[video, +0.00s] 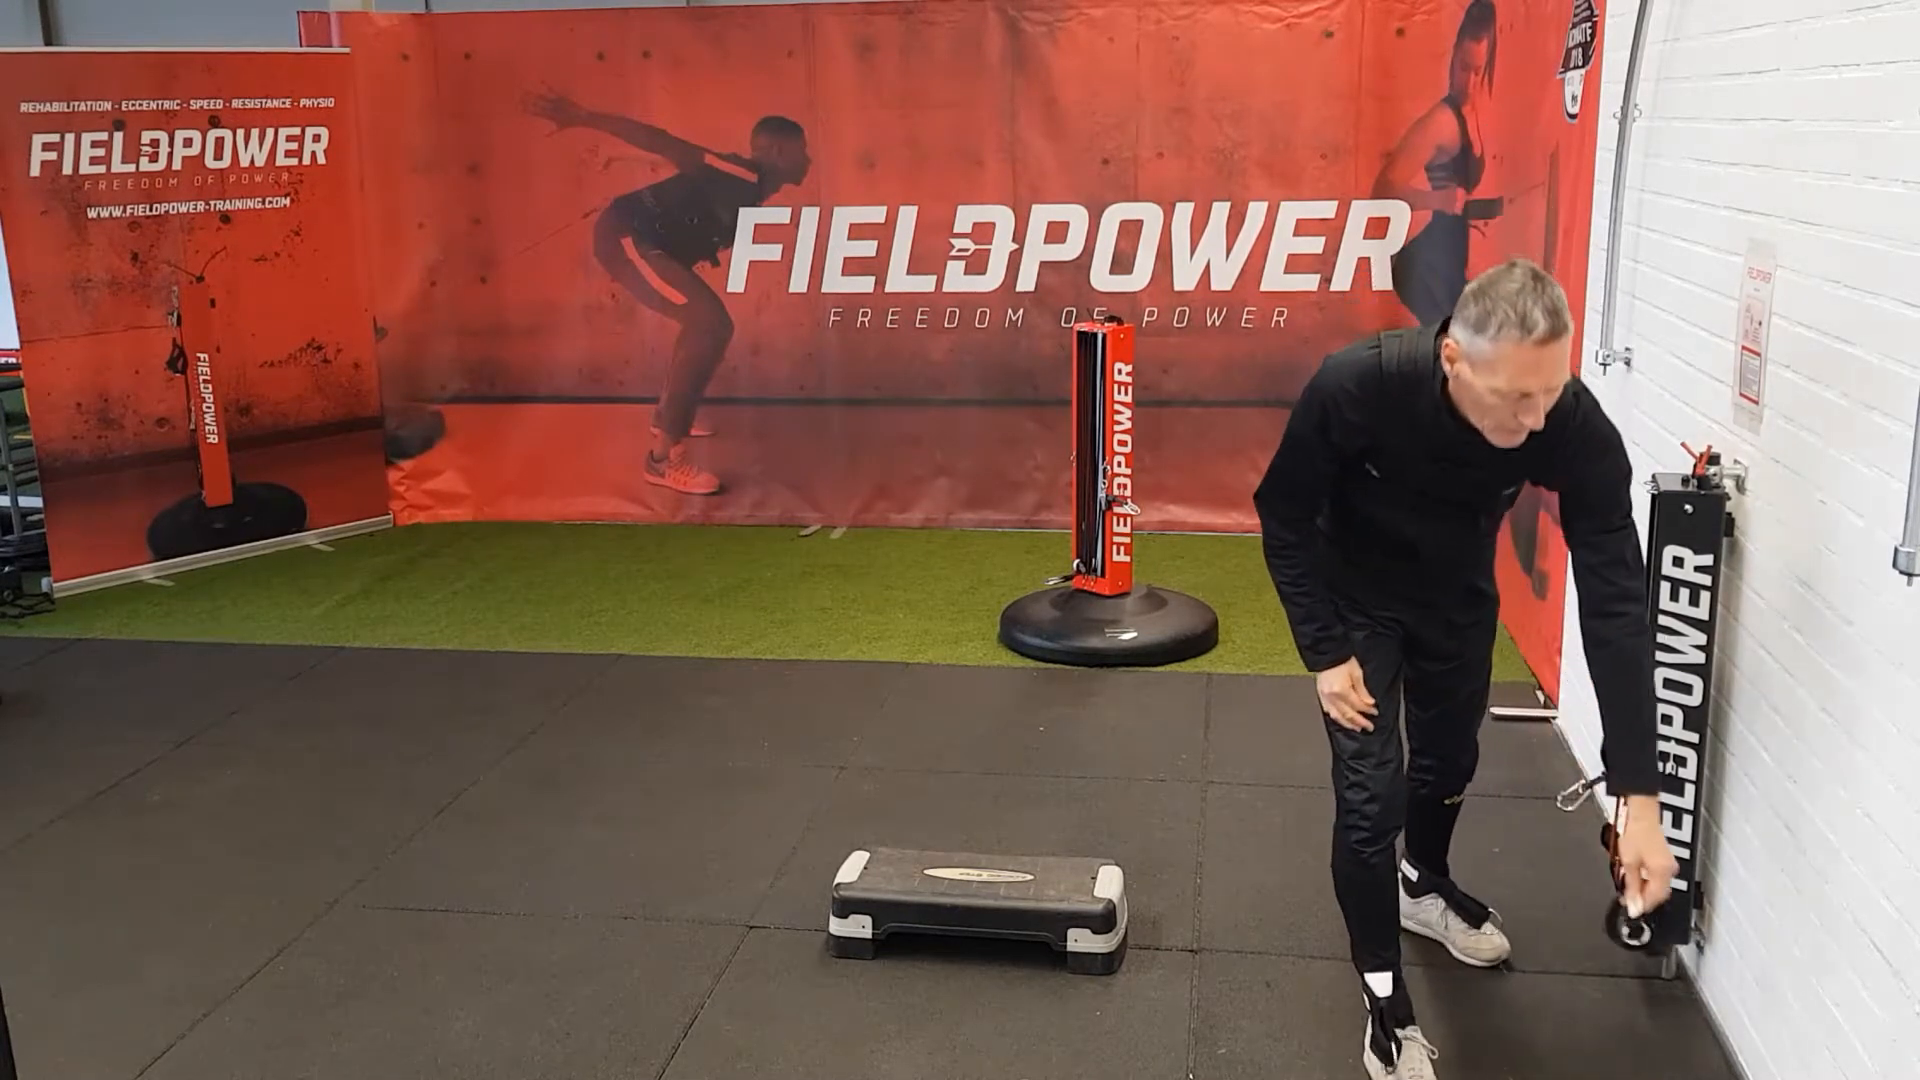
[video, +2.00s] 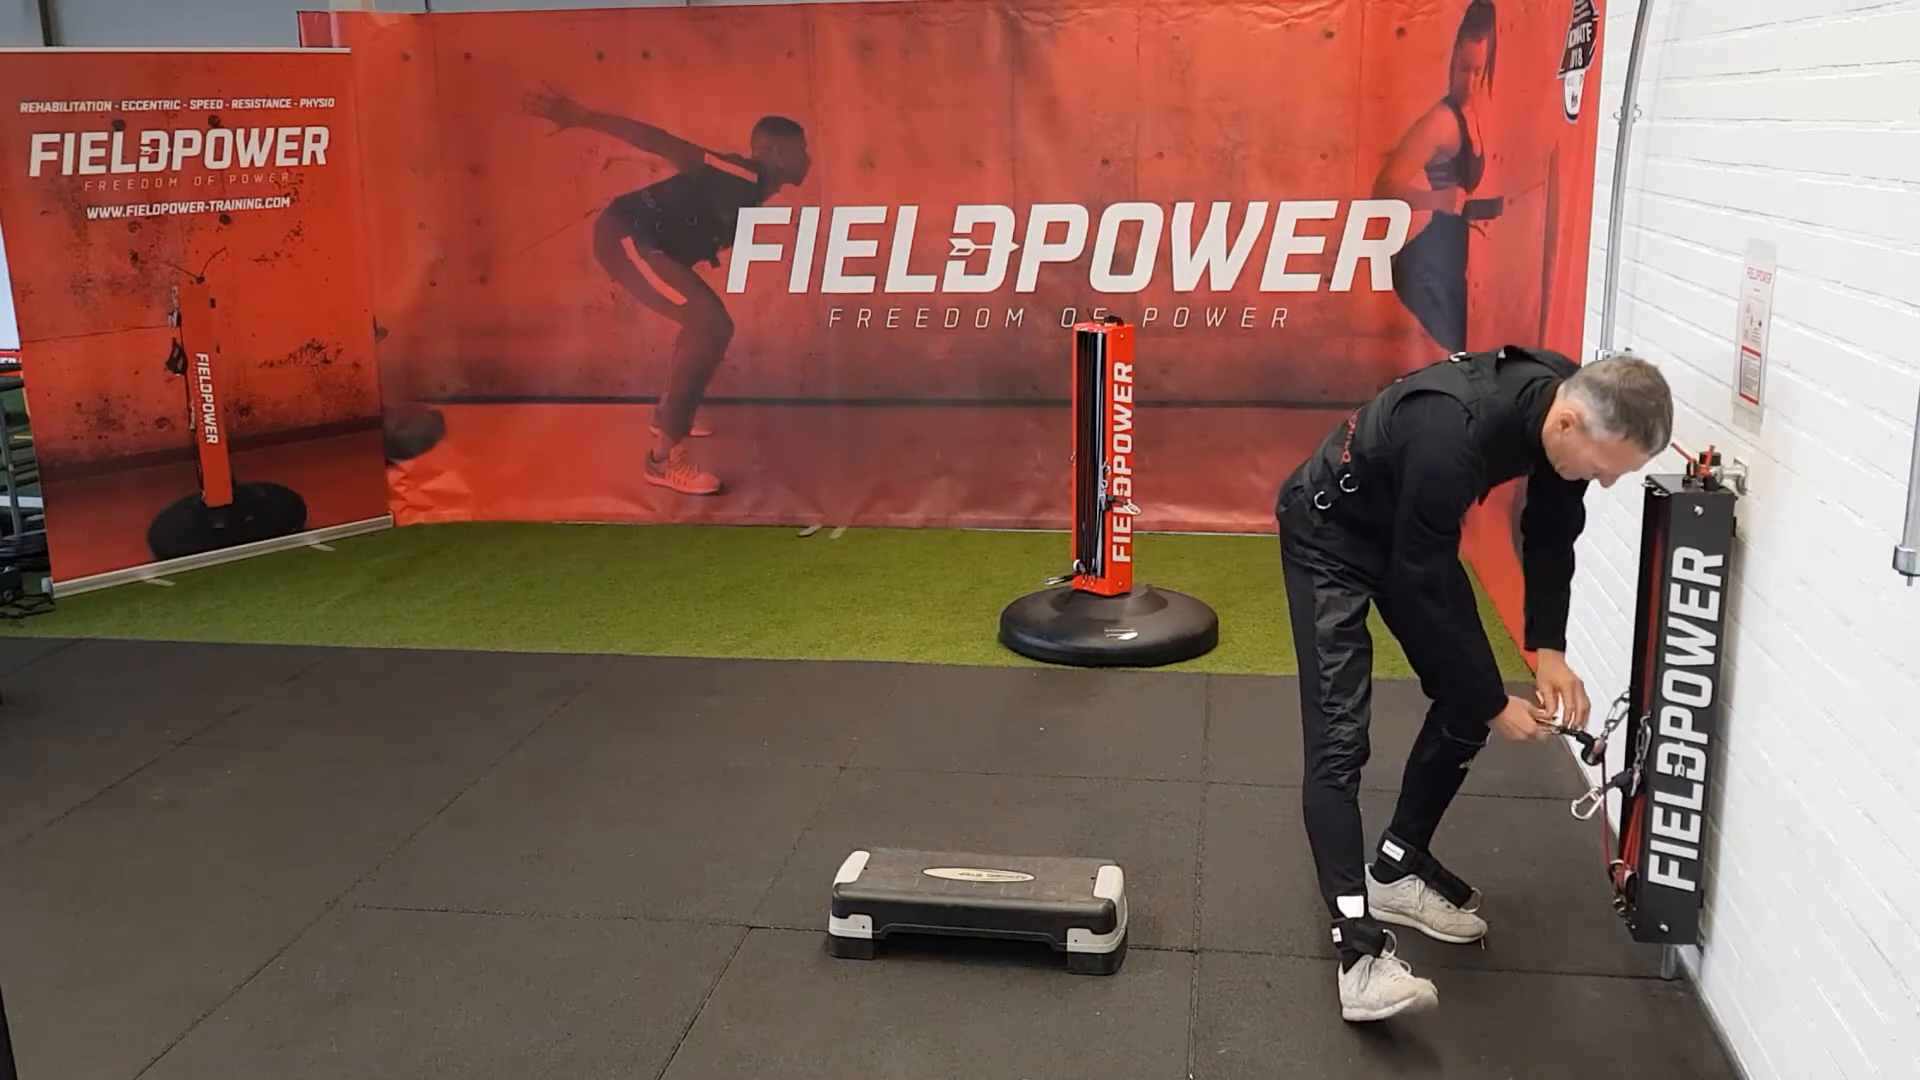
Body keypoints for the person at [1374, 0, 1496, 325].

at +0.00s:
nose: (1471, 81)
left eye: (1480, 71)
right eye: (1465, 68)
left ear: (1489, 70)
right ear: (1450, 63)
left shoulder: (1469, 118)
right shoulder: (1440, 121)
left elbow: (1439, 189)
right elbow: (1386, 188)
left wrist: (1474, 210)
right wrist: (1437, 200)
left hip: (1445, 254)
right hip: (1425, 258)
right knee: (1454, 348)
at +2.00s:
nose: (1472, 81)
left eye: (1482, 71)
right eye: (1465, 69)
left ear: (1491, 73)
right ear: (1450, 66)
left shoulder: (1465, 119)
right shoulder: (1442, 120)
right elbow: (1386, 188)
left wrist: (1467, 211)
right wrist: (1440, 199)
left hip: (1445, 257)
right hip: (1424, 261)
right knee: (1450, 358)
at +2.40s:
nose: (1472, 81)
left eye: (1481, 72)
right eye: (1465, 69)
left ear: (1490, 72)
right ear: (1451, 66)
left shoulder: (1466, 118)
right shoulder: (1441, 121)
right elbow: (1386, 188)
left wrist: (1467, 211)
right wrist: (1440, 200)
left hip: (1446, 257)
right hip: (1424, 260)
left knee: (1454, 354)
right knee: (1451, 354)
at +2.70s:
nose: (1471, 81)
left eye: (1481, 72)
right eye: (1464, 69)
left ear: (1490, 73)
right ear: (1450, 66)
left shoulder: (1466, 120)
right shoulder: (1440, 120)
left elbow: (1433, 188)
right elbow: (1387, 187)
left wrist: (1469, 211)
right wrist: (1438, 199)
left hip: (1445, 257)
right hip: (1423, 260)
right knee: (1454, 355)